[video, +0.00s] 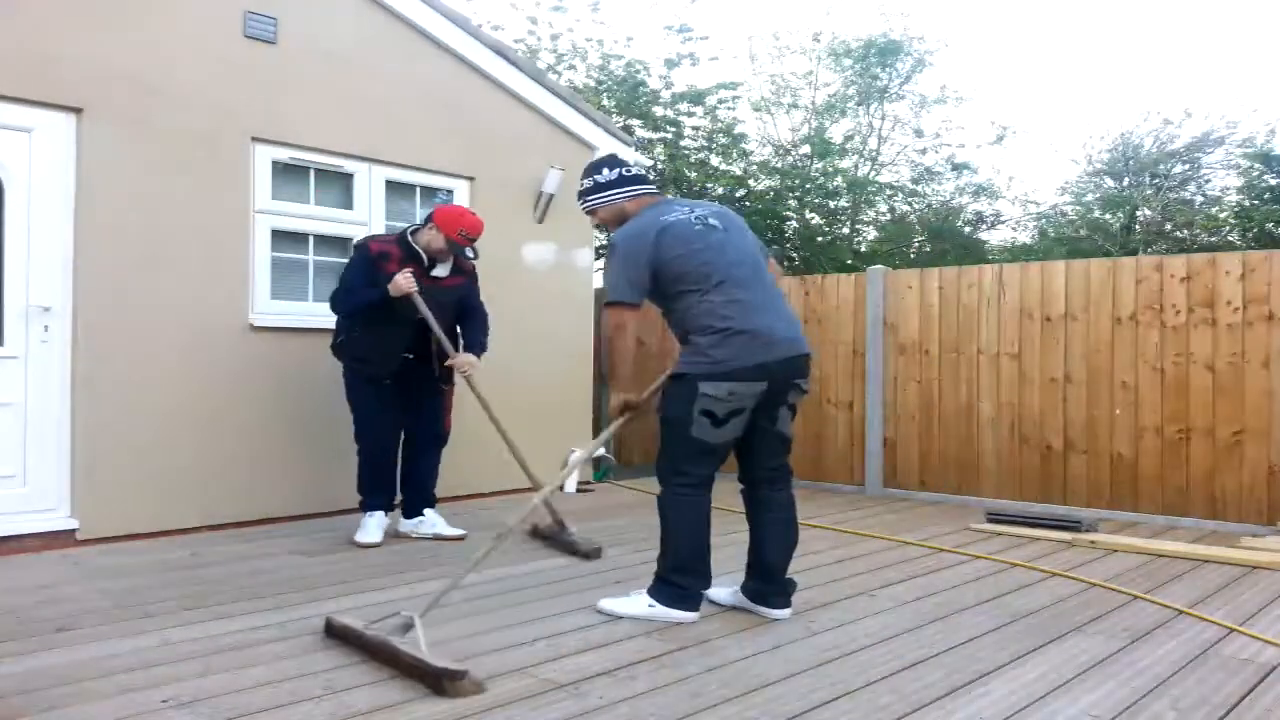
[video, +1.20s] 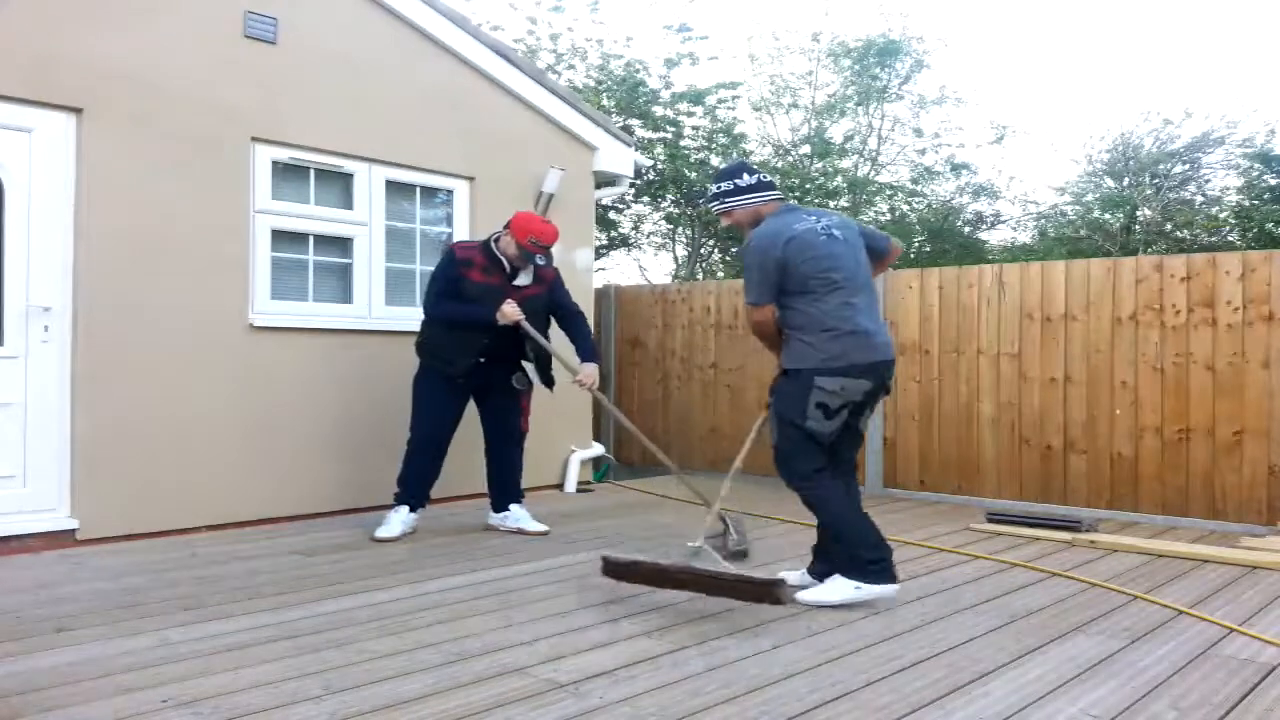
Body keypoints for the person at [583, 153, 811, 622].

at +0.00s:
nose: (595, 222)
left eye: (595, 209)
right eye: (591, 213)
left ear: (621, 196)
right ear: (642, 193)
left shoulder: (634, 235)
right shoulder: (717, 214)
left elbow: (619, 323)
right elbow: (765, 276)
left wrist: (620, 390)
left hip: (721, 360)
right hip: (787, 355)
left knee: (683, 477)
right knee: (767, 474)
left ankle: (676, 594)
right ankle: (768, 590)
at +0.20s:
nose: (571, 232)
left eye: (569, 219)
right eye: (565, 223)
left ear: (591, 205)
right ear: (612, 199)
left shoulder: (615, 237)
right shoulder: (678, 217)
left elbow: (590, 319)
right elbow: (705, 288)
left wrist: (570, 393)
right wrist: (653, 341)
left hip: (716, 359)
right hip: (779, 350)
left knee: (679, 476)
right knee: (766, 472)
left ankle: (676, 594)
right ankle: (778, 588)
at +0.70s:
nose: (624, 215)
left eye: (625, 204)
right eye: (621, 206)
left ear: (651, 196)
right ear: (670, 193)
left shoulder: (667, 234)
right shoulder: (739, 221)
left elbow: (639, 309)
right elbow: (761, 288)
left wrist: (627, 368)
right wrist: (697, 320)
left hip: (728, 366)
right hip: (785, 360)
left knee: (683, 474)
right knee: (785, 464)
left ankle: (677, 593)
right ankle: (828, 568)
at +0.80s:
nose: (657, 215)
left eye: (659, 204)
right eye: (654, 206)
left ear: (684, 198)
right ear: (704, 195)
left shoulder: (695, 236)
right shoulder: (767, 224)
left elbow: (675, 313)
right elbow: (810, 288)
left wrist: (665, 366)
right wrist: (748, 318)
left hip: (740, 368)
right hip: (797, 364)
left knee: (691, 474)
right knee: (786, 466)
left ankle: (678, 591)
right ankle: (830, 571)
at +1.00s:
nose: (703, 215)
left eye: (706, 205)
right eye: (700, 206)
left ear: (730, 196)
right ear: (749, 195)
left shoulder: (741, 234)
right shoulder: (810, 222)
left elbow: (725, 311)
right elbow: (861, 269)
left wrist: (732, 363)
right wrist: (814, 302)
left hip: (782, 363)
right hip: (836, 360)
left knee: (737, 469)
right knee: (808, 463)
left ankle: (728, 582)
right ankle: (832, 571)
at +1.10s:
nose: (715, 219)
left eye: (717, 208)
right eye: (712, 210)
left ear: (741, 198)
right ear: (760, 195)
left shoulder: (753, 234)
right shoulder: (824, 220)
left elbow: (745, 316)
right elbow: (876, 259)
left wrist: (761, 358)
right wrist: (832, 294)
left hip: (805, 358)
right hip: (855, 355)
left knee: (767, 463)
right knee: (822, 459)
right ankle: (837, 570)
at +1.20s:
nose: (726, 222)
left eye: (727, 212)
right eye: (723, 214)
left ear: (748, 202)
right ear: (764, 197)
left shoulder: (764, 241)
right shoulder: (828, 219)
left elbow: (762, 321)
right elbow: (889, 250)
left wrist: (785, 354)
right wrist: (845, 288)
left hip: (820, 363)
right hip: (873, 357)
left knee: (799, 464)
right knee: (838, 463)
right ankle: (829, 568)